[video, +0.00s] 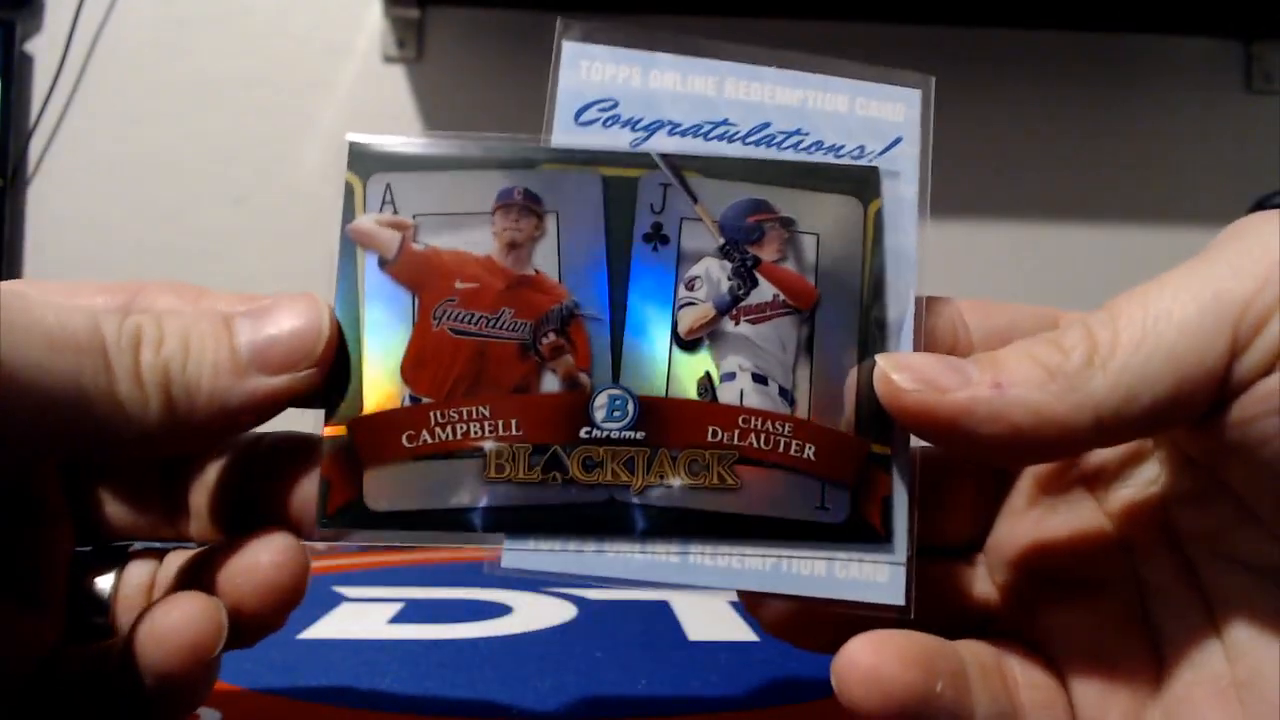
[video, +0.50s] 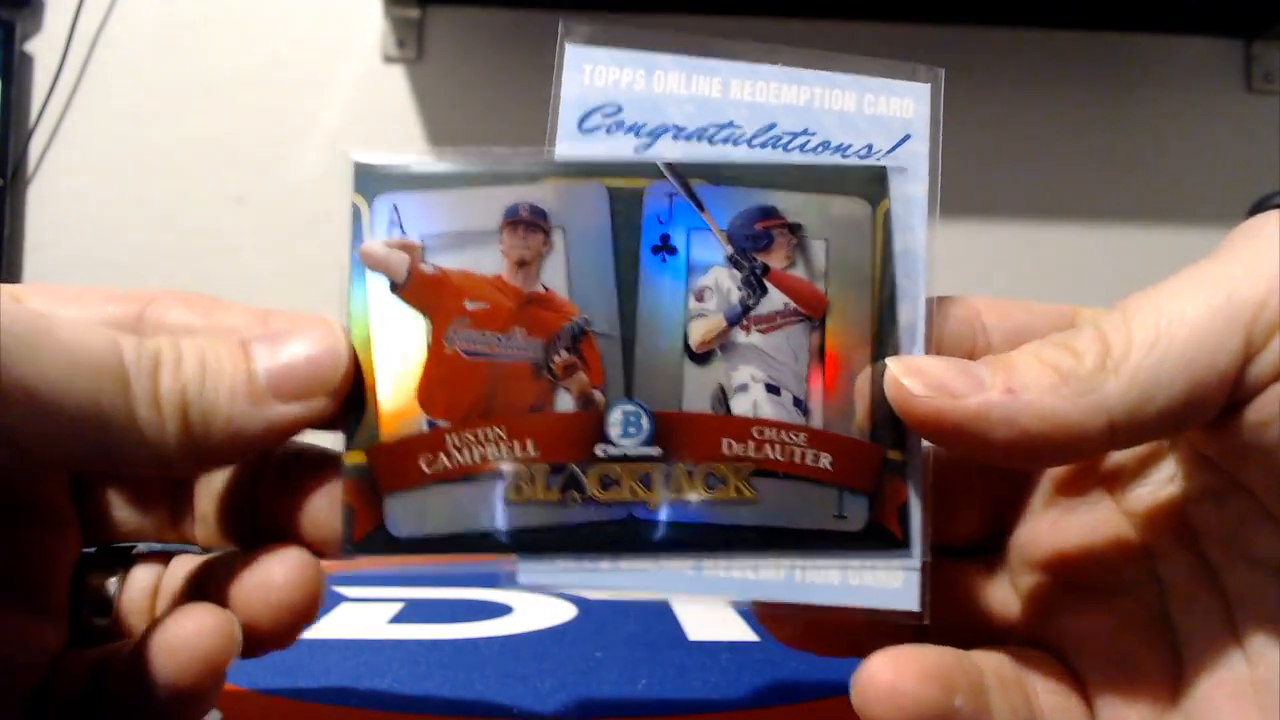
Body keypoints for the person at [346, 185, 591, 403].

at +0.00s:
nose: (513, 219)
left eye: (524, 213)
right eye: (506, 213)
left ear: (539, 228)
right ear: (493, 224)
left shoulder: (554, 299)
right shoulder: (445, 265)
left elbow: (582, 389)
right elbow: (358, 229)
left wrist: (564, 366)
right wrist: (398, 223)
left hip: (507, 429)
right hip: (429, 420)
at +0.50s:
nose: (522, 234)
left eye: (532, 230)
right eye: (514, 228)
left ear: (547, 245)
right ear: (500, 242)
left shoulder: (565, 317)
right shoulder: (456, 287)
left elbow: (597, 409)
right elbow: (370, 252)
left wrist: (579, 386)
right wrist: (404, 248)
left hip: (523, 450)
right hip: (450, 442)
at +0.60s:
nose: (532, 256)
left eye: (543, 250)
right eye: (524, 250)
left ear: (558, 265)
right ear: (511, 263)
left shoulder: (578, 335)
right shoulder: (469, 310)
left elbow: (612, 427)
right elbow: (382, 278)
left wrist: (593, 404)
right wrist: (413, 274)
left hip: (543, 471)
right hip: (468, 466)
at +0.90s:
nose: (554, 276)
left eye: (565, 270)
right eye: (546, 269)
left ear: (580, 285)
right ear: (534, 283)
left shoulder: (601, 357)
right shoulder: (491, 329)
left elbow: (634, 450)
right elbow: (403, 297)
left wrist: (616, 427)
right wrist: (437, 292)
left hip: (562, 495)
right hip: (485, 488)